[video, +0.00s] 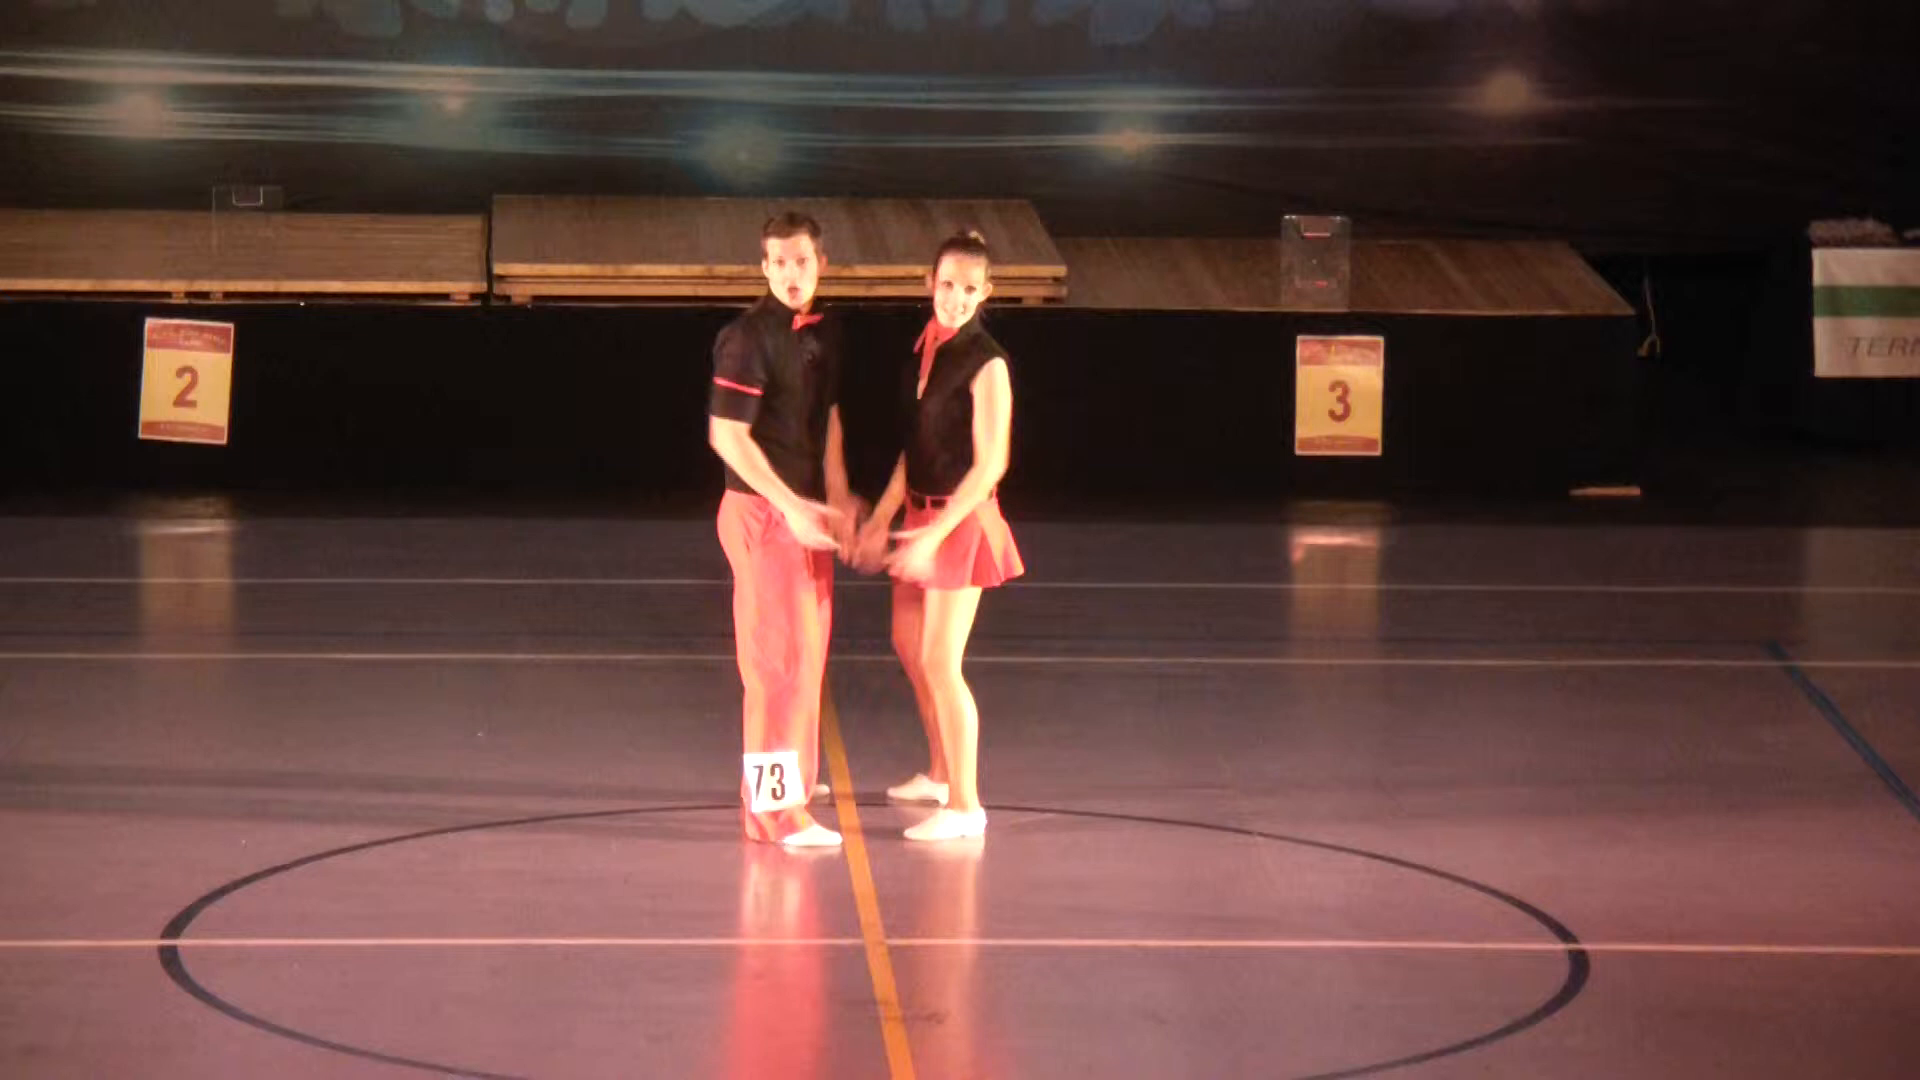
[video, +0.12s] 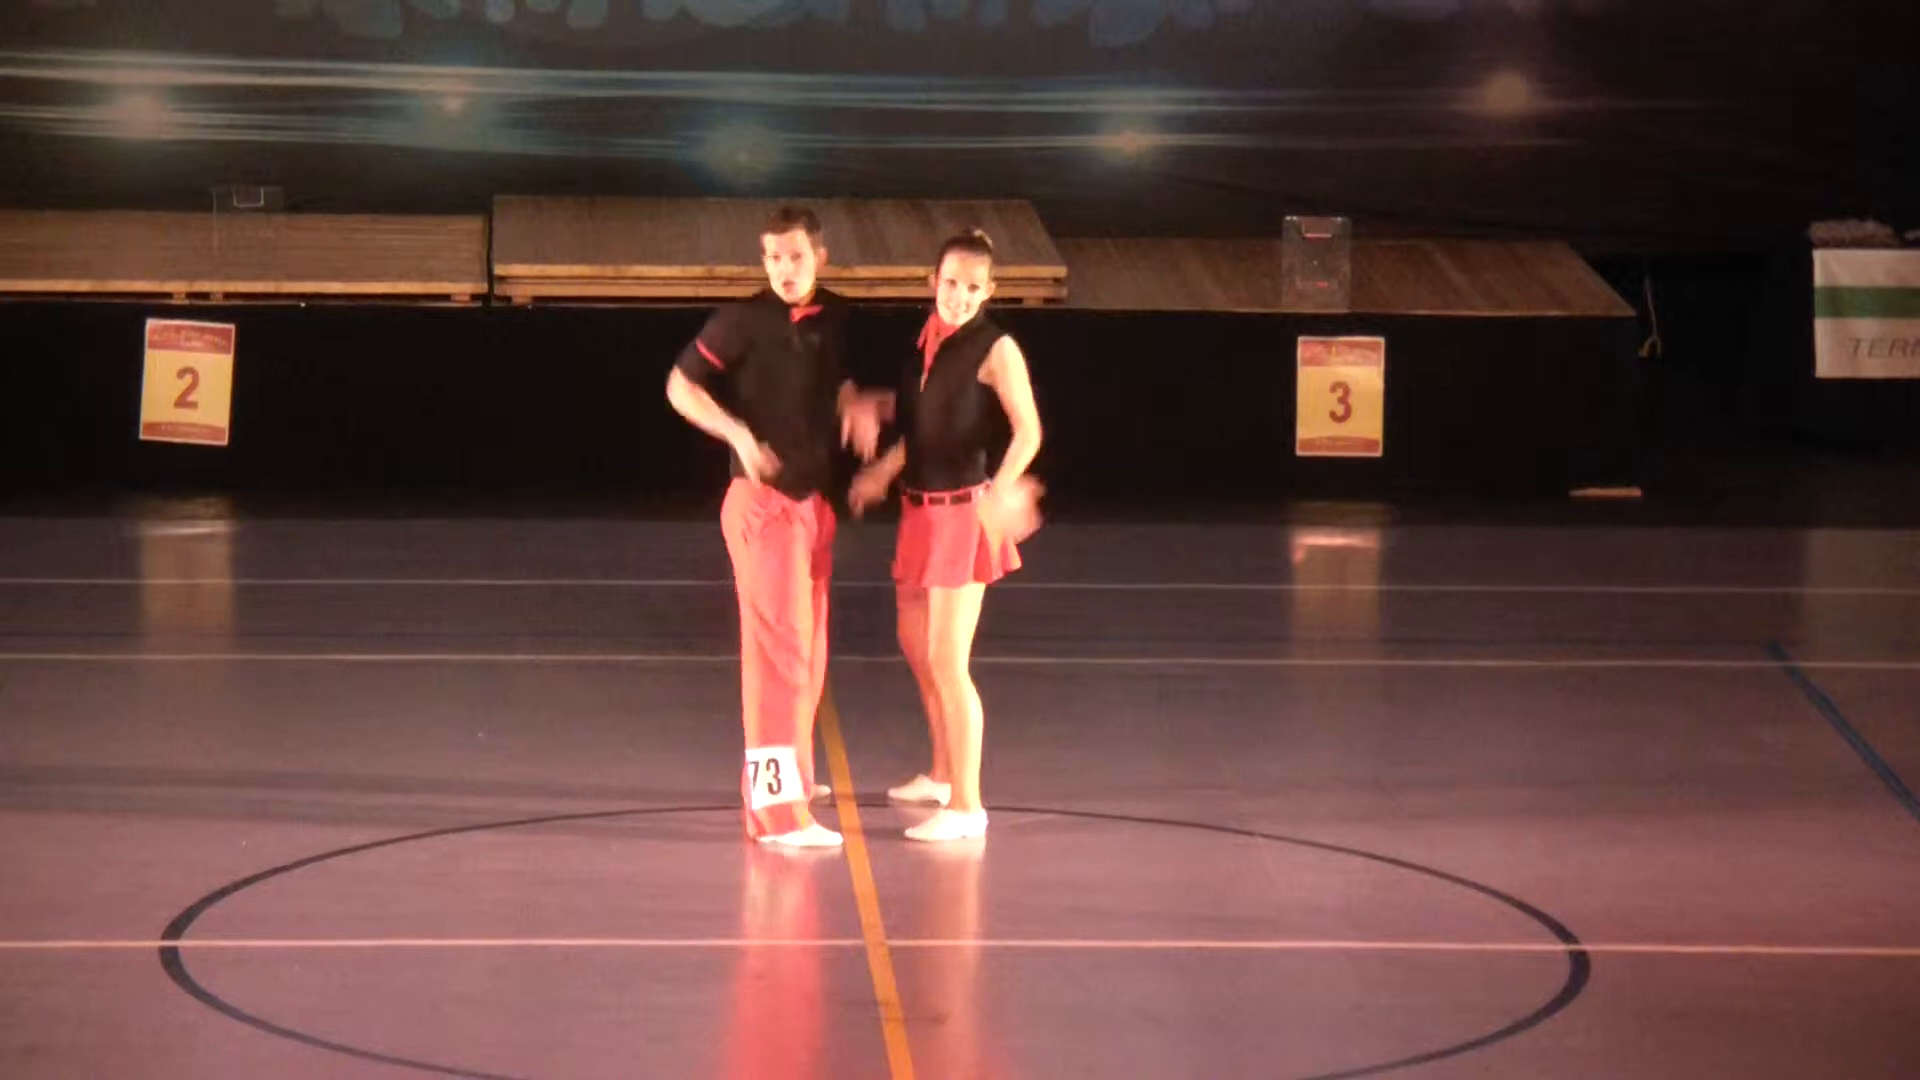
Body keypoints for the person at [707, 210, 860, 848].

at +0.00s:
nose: (792, 273)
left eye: (801, 260)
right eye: (780, 262)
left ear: (819, 263)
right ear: (764, 265)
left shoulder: (823, 336)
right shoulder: (746, 337)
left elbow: (828, 426)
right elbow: (726, 436)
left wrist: (839, 499)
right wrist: (792, 506)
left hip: (807, 512)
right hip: (758, 511)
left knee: (808, 657)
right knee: (771, 658)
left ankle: (793, 801)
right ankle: (766, 806)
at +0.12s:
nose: (785, 268)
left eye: (795, 255)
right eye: (775, 257)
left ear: (820, 255)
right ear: (763, 260)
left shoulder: (835, 321)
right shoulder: (741, 321)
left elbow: (840, 387)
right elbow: (681, 386)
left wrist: (856, 404)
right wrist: (739, 437)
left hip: (814, 507)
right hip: (761, 506)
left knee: (806, 654)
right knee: (783, 653)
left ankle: (791, 797)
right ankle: (772, 808)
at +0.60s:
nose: (835, 282)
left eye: (834, 270)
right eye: (825, 271)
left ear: (804, 279)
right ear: (787, 280)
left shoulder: (812, 341)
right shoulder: (748, 342)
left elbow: (826, 399)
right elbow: (684, 424)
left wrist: (871, 433)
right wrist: (742, 491)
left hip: (804, 524)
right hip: (754, 527)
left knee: (824, 656)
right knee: (793, 654)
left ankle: (789, 799)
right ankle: (760, 813)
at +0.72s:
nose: (823, 259)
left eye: (819, 247)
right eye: (812, 249)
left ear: (789, 260)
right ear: (776, 261)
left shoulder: (814, 304)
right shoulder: (737, 331)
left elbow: (881, 267)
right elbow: (690, 423)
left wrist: (938, 245)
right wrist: (766, 475)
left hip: (800, 503)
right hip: (757, 507)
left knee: (794, 648)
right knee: (769, 650)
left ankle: (787, 782)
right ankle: (760, 810)